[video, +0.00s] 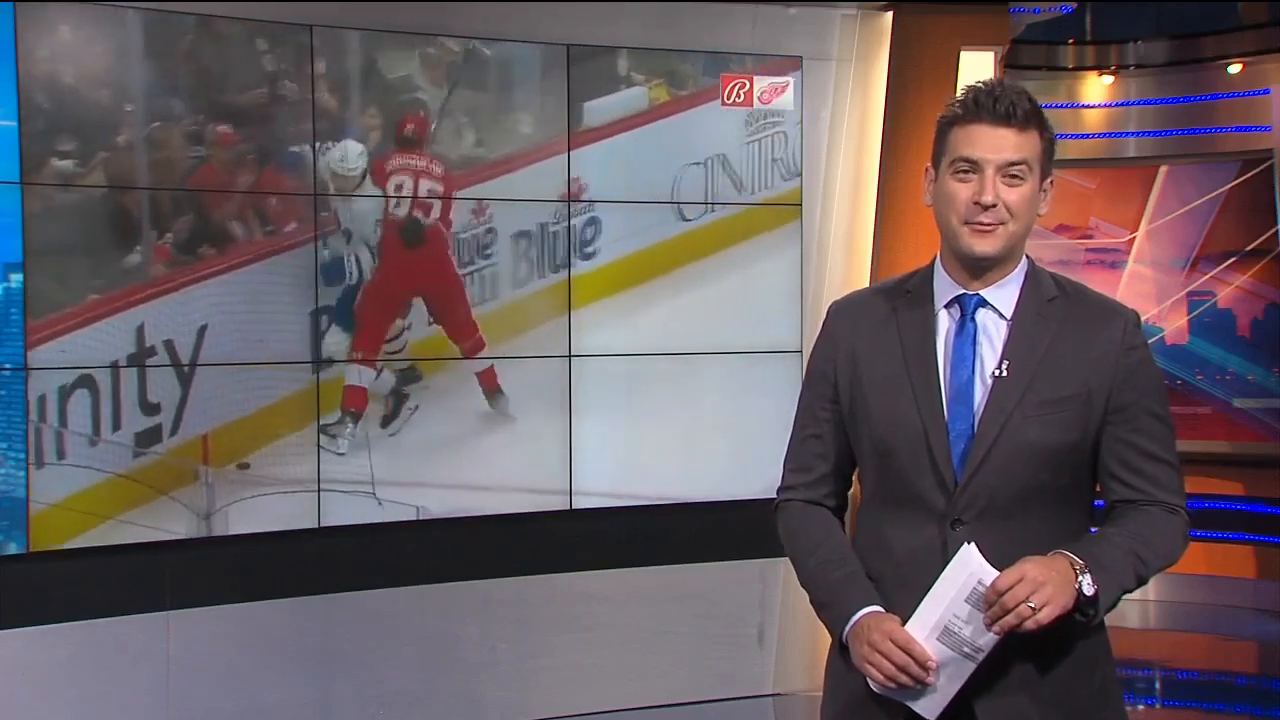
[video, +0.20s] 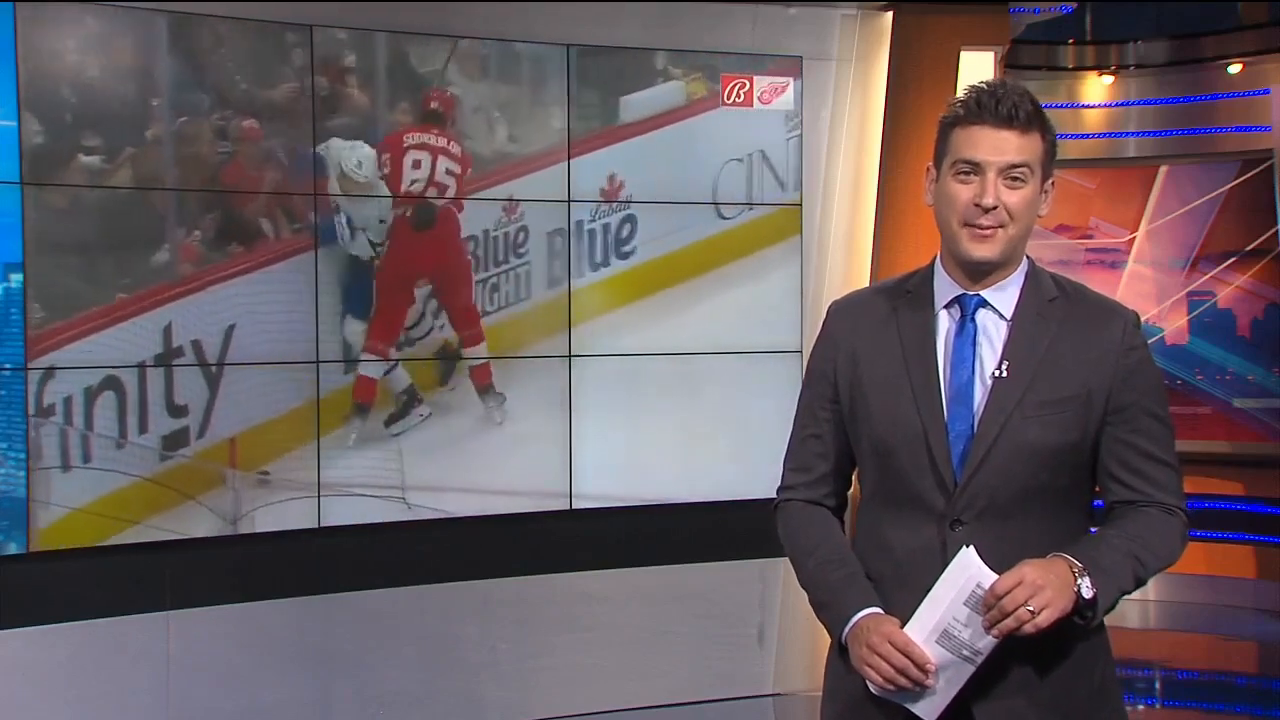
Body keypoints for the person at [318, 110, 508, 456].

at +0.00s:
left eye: (403, 129)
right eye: (421, 129)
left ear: (396, 134)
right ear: (428, 135)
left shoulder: (387, 164)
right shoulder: (442, 172)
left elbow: (375, 179)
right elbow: (446, 222)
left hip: (395, 264)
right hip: (436, 262)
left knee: (368, 331)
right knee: (463, 328)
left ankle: (350, 419)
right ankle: (495, 395)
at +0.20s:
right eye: (448, 115)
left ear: (419, 112)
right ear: (450, 117)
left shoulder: (394, 142)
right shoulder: (460, 152)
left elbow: (387, 182)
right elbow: (456, 198)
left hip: (404, 237)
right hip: (445, 237)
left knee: (386, 321)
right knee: (465, 315)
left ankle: (361, 406)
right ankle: (488, 393)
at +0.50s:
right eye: (473, 91)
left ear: (444, 92)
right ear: (474, 95)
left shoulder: (423, 122)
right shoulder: (488, 126)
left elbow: (417, 177)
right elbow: (498, 179)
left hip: (445, 229)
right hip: (490, 227)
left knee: (427, 312)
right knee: (507, 305)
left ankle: (408, 405)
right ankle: (536, 392)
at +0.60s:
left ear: (459, 91)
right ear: (491, 93)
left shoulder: (444, 120)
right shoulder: (510, 124)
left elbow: (437, 173)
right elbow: (518, 174)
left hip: (474, 223)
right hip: (519, 220)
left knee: (444, 312)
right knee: (532, 300)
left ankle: (432, 409)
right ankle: (561, 389)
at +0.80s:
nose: (480, 99)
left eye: (484, 93)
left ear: (495, 97)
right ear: (526, 96)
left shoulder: (484, 124)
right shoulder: (552, 121)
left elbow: (483, 188)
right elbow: (561, 175)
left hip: (522, 223)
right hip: (569, 221)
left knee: (482, 314)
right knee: (586, 307)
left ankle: (477, 408)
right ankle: (606, 397)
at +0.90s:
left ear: (514, 100)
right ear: (543, 99)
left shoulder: (507, 126)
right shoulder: (573, 120)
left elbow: (509, 187)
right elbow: (582, 175)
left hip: (546, 219)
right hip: (592, 219)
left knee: (494, 304)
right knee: (601, 304)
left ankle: (483, 402)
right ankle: (618, 396)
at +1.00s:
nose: (523, 120)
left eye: (522, 114)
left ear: (526, 109)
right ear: (554, 104)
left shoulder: (524, 130)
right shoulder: (586, 123)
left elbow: (529, 184)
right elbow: (604, 178)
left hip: (565, 219)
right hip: (609, 219)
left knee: (512, 301)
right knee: (611, 299)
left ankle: (477, 397)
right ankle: (635, 394)